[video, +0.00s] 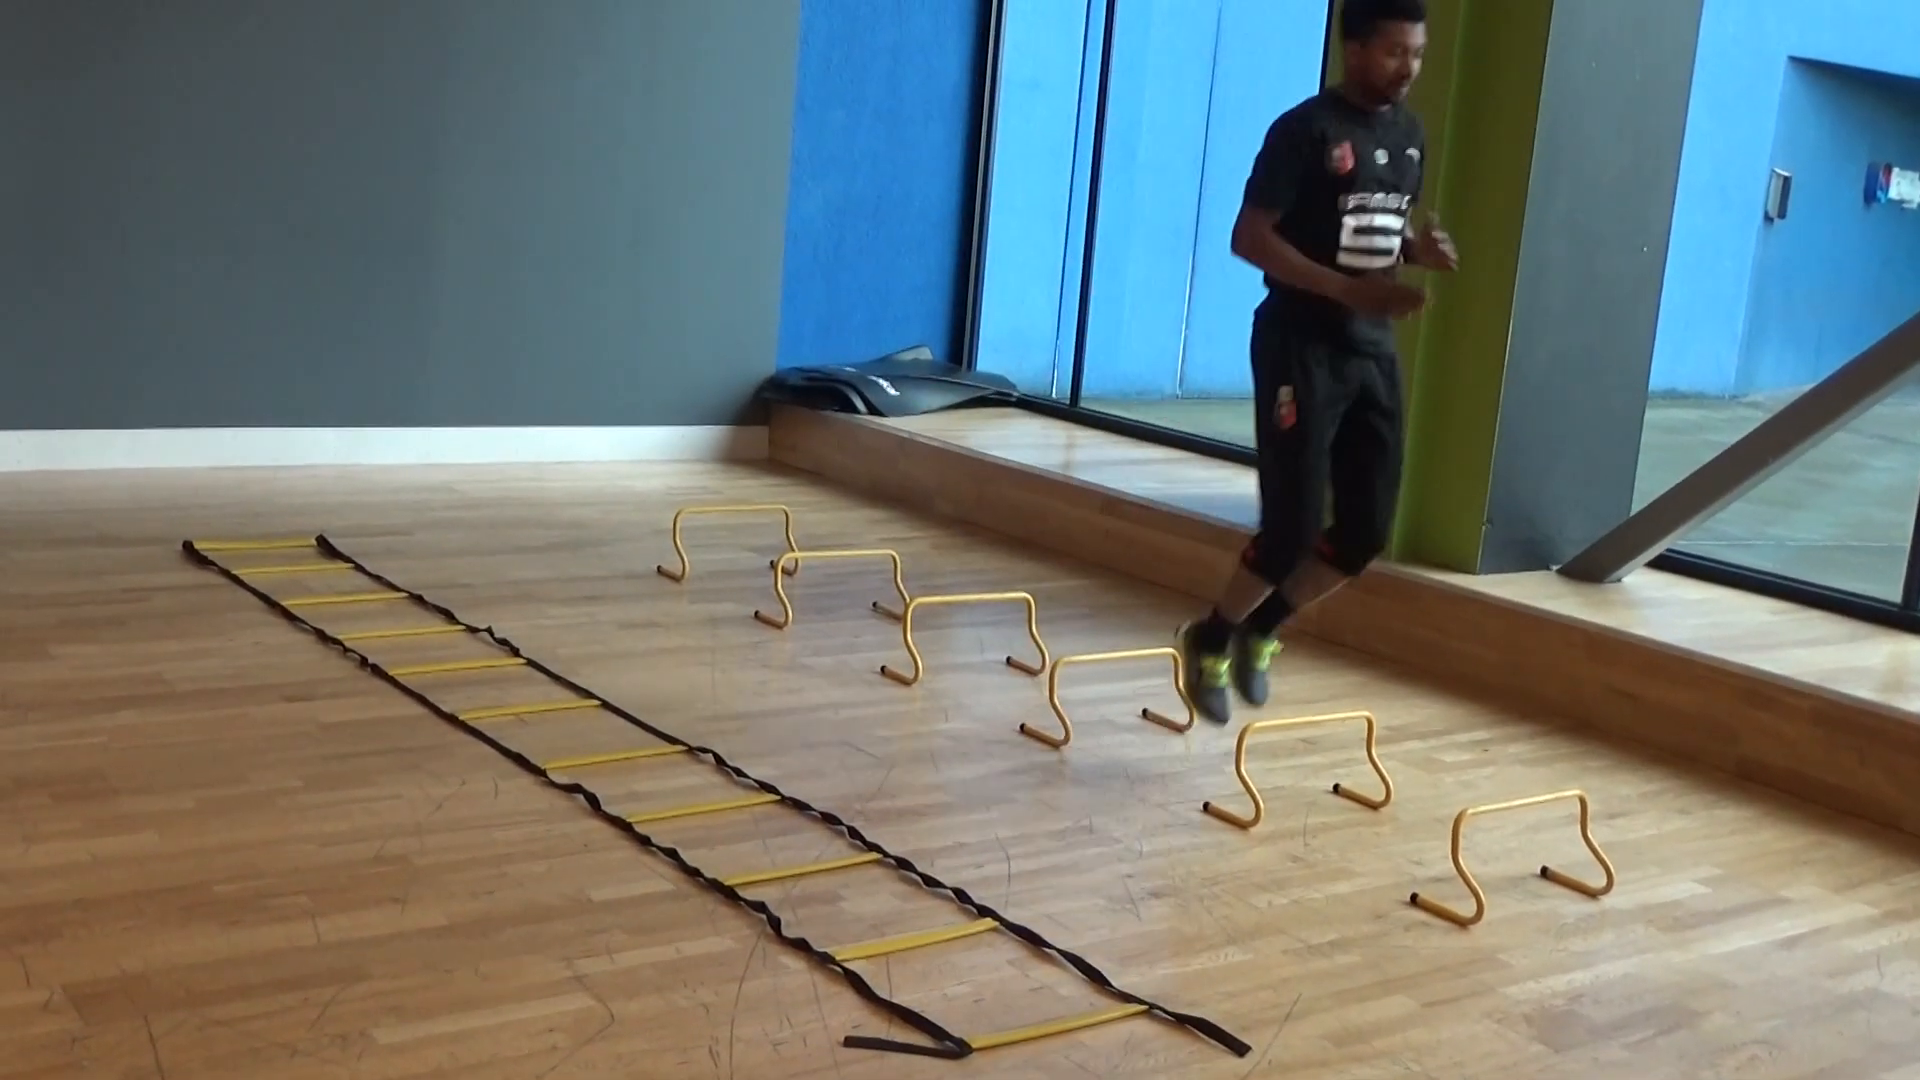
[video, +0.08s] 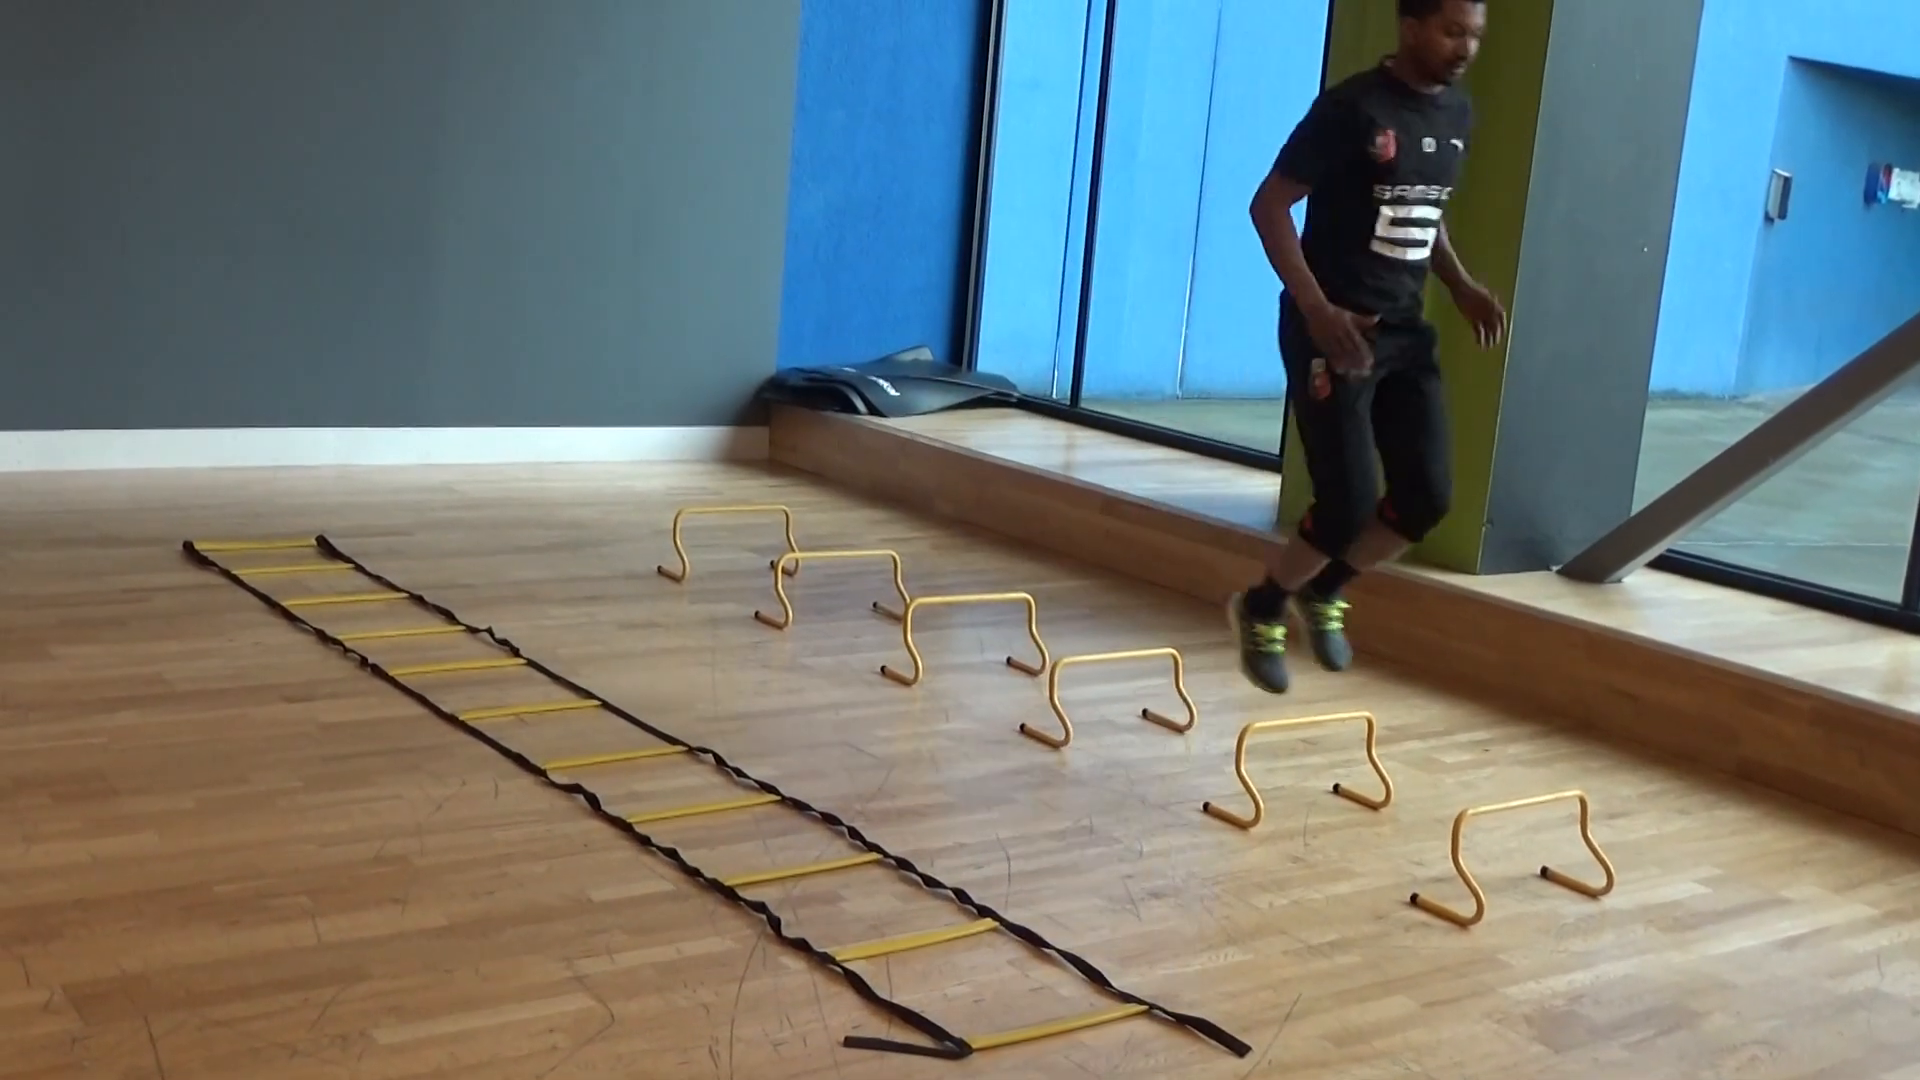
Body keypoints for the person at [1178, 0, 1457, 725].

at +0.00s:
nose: (1408, 68)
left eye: (1416, 54)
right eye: (1395, 52)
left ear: (1420, 57)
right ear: (1354, 48)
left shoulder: (1408, 136)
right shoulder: (1304, 131)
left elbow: (1385, 226)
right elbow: (1249, 236)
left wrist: (1419, 241)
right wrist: (1351, 287)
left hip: (1371, 348)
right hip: (1299, 344)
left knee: (1360, 539)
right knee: (1292, 531)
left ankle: (1260, 631)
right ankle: (1209, 637)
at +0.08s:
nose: (1467, 49)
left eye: (1476, 35)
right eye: (1454, 32)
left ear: (1481, 35)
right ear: (1407, 25)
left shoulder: (1457, 111)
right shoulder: (1350, 105)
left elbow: (1422, 210)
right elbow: (1269, 205)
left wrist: (1463, 285)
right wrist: (1316, 310)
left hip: (1403, 333)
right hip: (1331, 330)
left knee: (1425, 496)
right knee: (1347, 506)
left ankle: (1322, 593)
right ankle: (1262, 605)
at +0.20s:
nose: (1544, 75)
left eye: (1554, 61)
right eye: (1533, 56)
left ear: (1555, 60)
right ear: (1487, 43)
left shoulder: (1528, 130)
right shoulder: (1416, 112)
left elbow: (1468, 212)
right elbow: (1293, 150)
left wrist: (1473, 290)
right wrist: (1305, 271)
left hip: (1458, 345)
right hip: (1376, 338)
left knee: (1476, 523)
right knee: (1398, 525)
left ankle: (1424, 677)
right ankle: (1360, 696)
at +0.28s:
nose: (1582, 112)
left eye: (1591, 97)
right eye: (1570, 94)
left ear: (1591, 97)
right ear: (1521, 82)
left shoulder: (1563, 171)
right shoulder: (1451, 150)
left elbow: (1496, 249)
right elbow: (1332, 172)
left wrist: (1488, 343)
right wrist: (1336, 296)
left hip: (1492, 392)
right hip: (1411, 383)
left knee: (1495, 581)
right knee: (1427, 580)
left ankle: (1468, 760)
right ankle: (1411, 763)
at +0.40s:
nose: (1606, 186)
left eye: (1612, 171)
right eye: (1589, 170)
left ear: (1616, 174)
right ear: (1541, 173)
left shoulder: (1596, 266)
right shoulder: (1484, 264)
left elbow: (1549, 383)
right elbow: (1402, 368)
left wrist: (1582, 457)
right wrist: (1458, 477)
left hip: (1546, 497)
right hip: (1472, 494)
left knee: (1535, 691)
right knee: (1489, 683)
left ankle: (1459, 813)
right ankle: (1424, 824)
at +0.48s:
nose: (1628, 144)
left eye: (1634, 129)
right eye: (1611, 129)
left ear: (1638, 132)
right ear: (1562, 131)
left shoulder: (1639, 231)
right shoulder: (1517, 230)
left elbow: (1618, 349)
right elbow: (1470, 348)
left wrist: (1656, 384)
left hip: (1598, 480)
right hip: (1515, 474)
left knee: (1553, 661)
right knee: (1494, 651)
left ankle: (1468, 805)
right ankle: (1427, 811)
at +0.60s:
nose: (1705, 58)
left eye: (1712, 42)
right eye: (1687, 41)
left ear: (1718, 43)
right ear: (1636, 46)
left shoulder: (1710, 147)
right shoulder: (1583, 141)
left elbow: (1664, 265)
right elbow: (1510, 261)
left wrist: (1721, 277)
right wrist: (1605, 338)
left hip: (1674, 392)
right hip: (1584, 387)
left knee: (1672, 597)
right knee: (1582, 593)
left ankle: (1550, 672)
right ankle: (1478, 672)